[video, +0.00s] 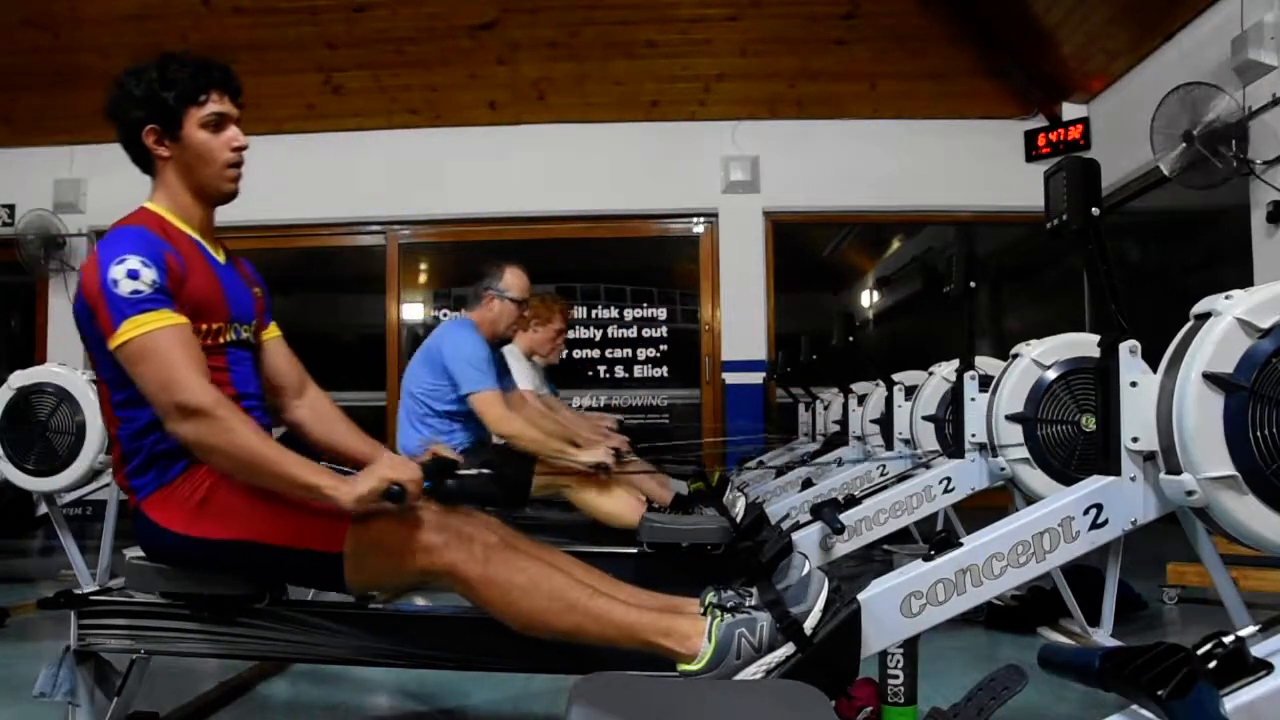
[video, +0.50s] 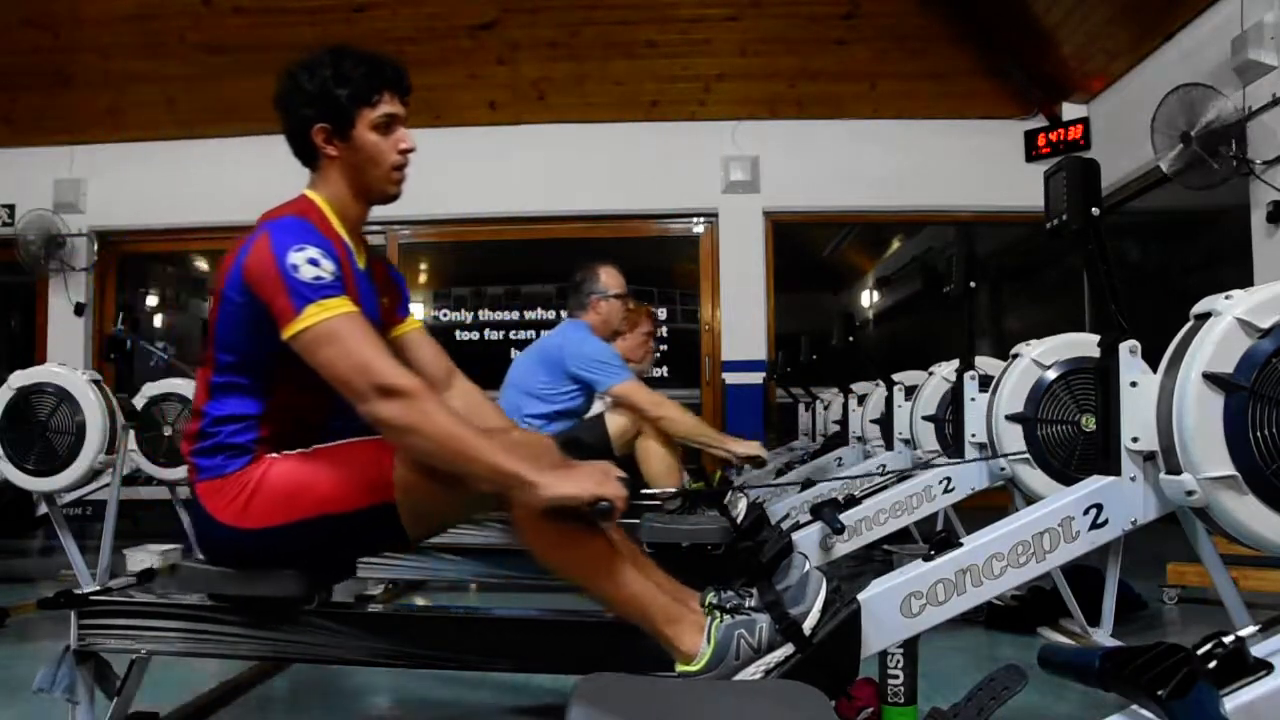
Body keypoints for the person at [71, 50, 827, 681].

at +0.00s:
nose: (238, 140)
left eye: (238, 124)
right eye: (215, 124)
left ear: (224, 141)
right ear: (158, 140)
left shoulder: (226, 267)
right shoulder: (131, 255)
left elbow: (291, 391)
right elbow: (194, 420)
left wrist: (375, 460)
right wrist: (335, 488)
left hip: (259, 482)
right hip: (193, 495)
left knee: (471, 524)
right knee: (447, 538)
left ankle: (692, 623)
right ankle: (690, 639)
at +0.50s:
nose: (408, 143)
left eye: (406, 126)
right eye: (387, 128)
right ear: (328, 140)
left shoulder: (368, 258)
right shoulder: (291, 243)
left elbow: (447, 382)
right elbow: (384, 395)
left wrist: (554, 468)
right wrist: (539, 475)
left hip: (302, 475)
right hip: (244, 492)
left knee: (521, 449)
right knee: (497, 468)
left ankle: (698, 618)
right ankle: (696, 645)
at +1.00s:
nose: (618, 153)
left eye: (613, 134)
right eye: (599, 136)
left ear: (549, 154)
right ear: (541, 152)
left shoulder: (527, 244)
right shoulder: (509, 247)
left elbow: (633, 377)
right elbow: (643, 386)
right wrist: (802, 466)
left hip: (440, 487)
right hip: (414, 501)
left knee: (644, 387)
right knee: (640, 398)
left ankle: (698, 617)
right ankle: (700, 640)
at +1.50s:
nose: (707, 152)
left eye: (701, 134)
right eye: (690, 135)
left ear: (637, 153)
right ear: (633, 151)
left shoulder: (617, 240)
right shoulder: (614, 246)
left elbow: (755, 362)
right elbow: (779, 356)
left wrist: (882, 421)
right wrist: (950, 415)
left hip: (520, 492)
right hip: (504, 505)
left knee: (735, 373)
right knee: (729, 377)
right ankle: (703, 623)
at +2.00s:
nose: (323, 115)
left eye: (320, 99)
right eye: (299, 99)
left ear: (310, 113)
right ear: (240, 117)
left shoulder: (303, 235)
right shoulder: (235, 215)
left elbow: (397, 342)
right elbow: (360, 334)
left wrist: (527, 365)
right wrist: (532, 364)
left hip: (269, 467)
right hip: (225, 480)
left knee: (513, 477)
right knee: (493, 482)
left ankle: (711, 620)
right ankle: (704, 644)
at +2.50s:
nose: (125, 166)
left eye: (125, 150)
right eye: (102, 151)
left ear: (109, 168)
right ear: (43, 172)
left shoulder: (126, 277)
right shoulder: (35, 277)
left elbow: (161, 405)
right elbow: (7, 442)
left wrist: (237, 396)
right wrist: (125, 424)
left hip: (223, 466)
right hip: (177, 490)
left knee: (454, 531)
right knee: (434, 539)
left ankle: (700, 621)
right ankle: (696, 641)